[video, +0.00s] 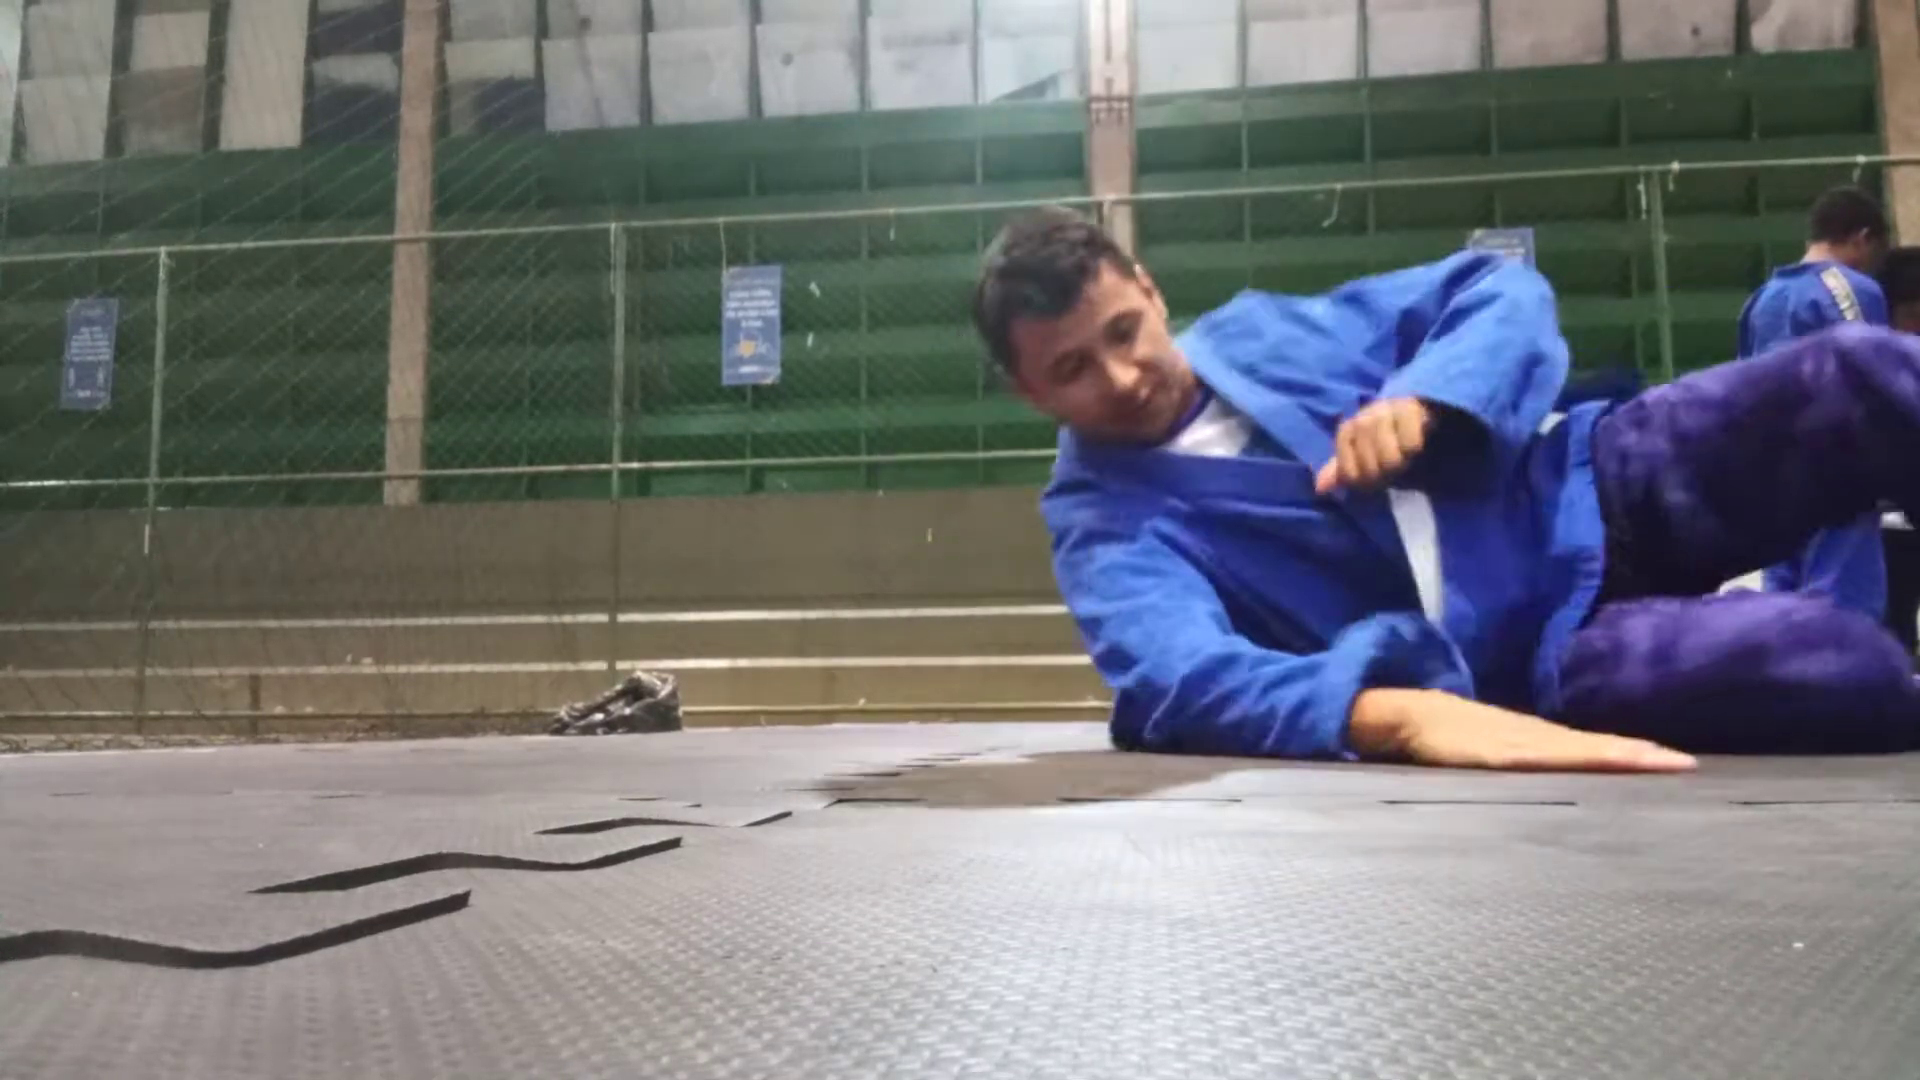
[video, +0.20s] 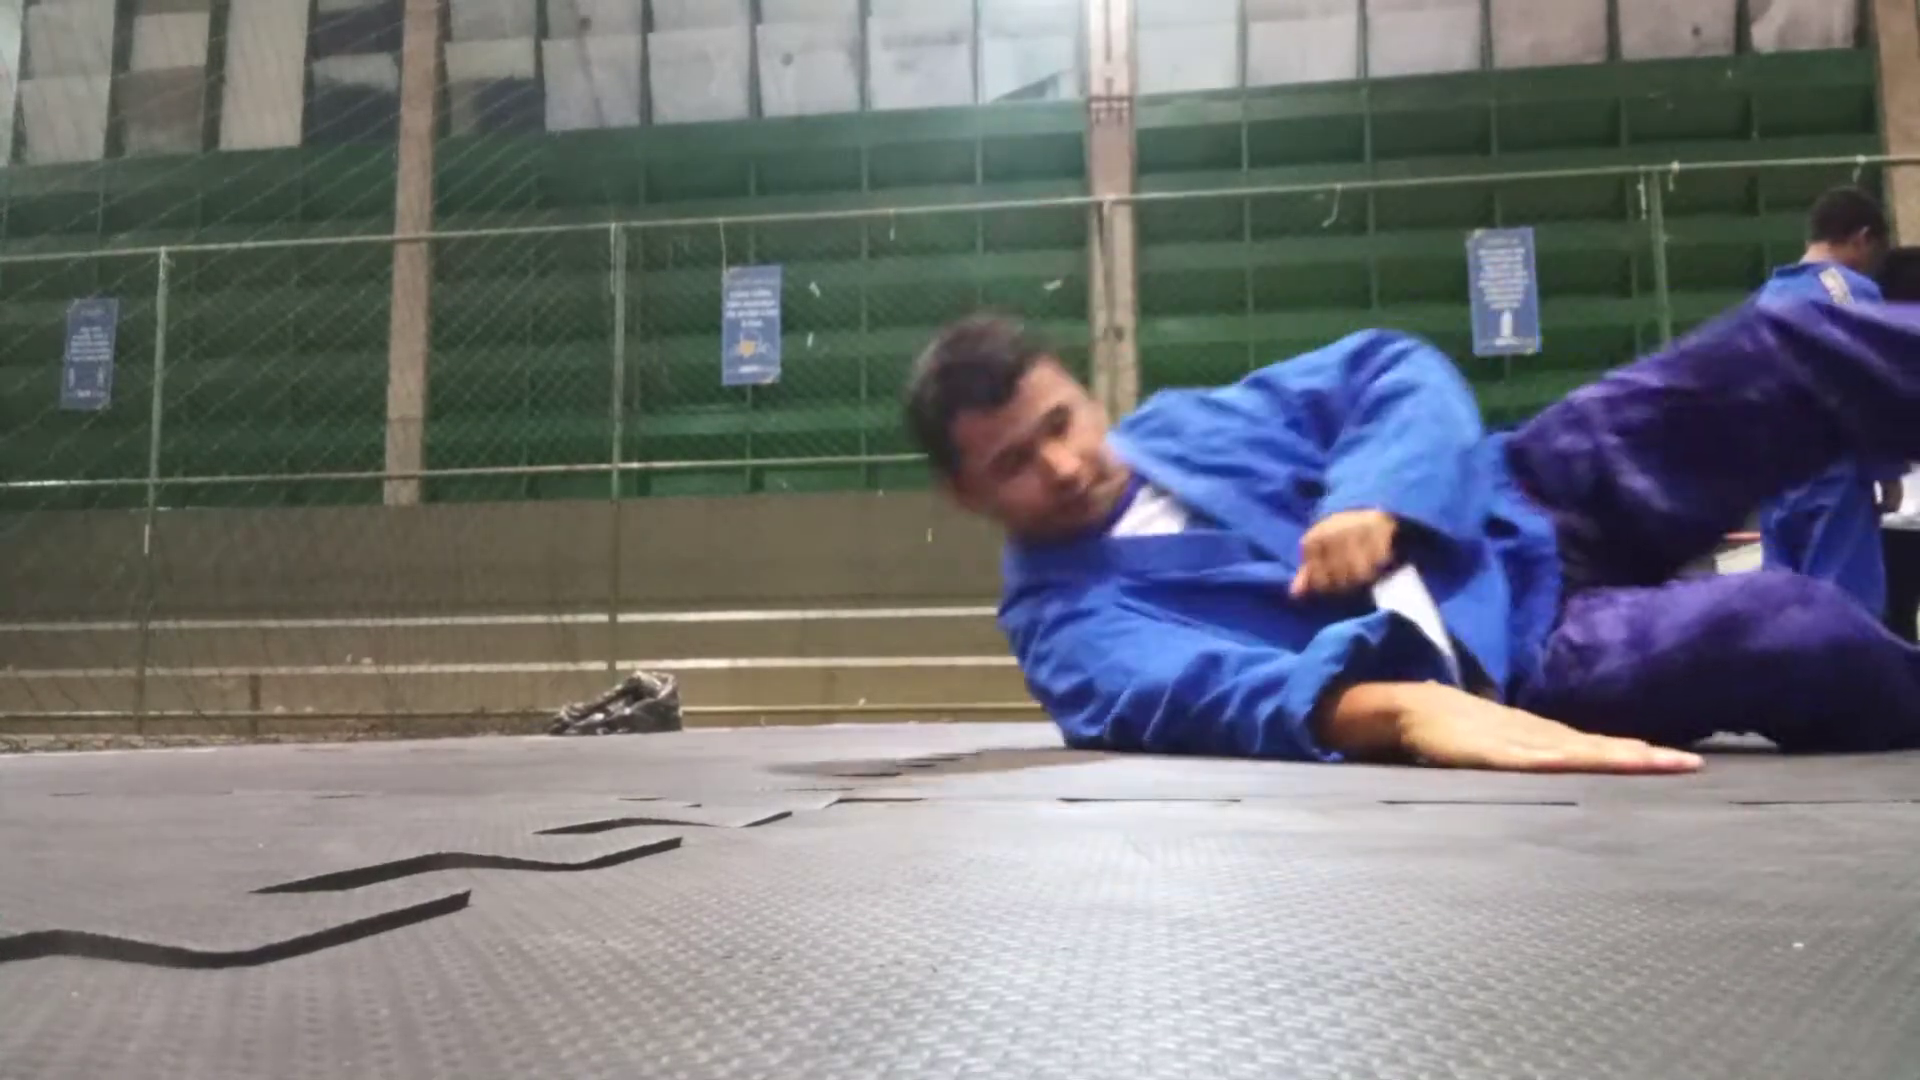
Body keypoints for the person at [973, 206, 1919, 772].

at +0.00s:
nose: (1124, 375)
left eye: (1125, 331)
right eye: (1076, 371)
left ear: (1150, 294)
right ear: (1031, 395)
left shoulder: (1258, 332)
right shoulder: (1106, 527)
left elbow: (1504, 290)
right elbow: (1190, 683)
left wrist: (1426, 396)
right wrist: (1407, 713)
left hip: (1586, 469)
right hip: (1538, 649)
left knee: (1850, 374)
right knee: (1800, 653)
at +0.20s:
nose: (1062, 462)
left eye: (1060, 420)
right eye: (1017, 462)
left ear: (1080, 392)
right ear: (968, 495)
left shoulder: (1180, 423)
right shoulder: (1073, 636)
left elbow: (1395, 369)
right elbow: (1227, 693)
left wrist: (1372, 496)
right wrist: (1411, 714)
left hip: (1524, 490)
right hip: (1519, 650)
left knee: (1795, 335)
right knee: (1795, 628)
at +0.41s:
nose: (1018, 471)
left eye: (1009, 435)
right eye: (973, 480)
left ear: (1030, 410)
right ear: (929, 524)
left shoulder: (1134, 445)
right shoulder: (1066, 643)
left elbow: (1334, 386)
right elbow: (1246, 694)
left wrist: (1327, 492)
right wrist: (1439, 717)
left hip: (1476, 480)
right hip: (1482, 640)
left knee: (1689, 280)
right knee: (1751, 583)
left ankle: (1913, 267)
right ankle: (1901, 694)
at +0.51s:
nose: (1012, 482)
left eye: (1004, 447)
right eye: (968, 492)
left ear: (1024, 426)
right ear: (928, 541)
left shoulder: (1127, 458)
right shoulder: (1068, 652)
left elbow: (1326, 391)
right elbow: (1267, 701)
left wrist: (1322, 496)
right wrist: (1432, 714)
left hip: (1469, 484)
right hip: (1487, 643)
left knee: (1660, 267)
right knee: (1762, 559)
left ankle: (1909, 230)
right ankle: (1903, 689)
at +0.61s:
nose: (1010, 489)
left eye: (1000, 453)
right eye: (965, 501)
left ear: (1021, 431)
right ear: (927, 551)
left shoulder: (1123, 463)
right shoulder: (1073, 653)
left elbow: (1325, 398)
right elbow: (1307, 701)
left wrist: (1324, 499)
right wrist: (1538, 741)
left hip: (1472, 486)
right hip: (1497, 644)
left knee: (1645, 257)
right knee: (1769, 544)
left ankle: (1910, 206)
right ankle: (1902, 684)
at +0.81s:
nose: (1007, 493)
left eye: (997, 459)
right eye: (963, 505)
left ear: (1018, 439)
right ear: (926, 560)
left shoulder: (1117, 472)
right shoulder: (1074, 654)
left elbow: (1314, 406)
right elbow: (1302, 697)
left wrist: (1318, 498)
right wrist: (1493, 730)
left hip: (1470, 485)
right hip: (1501, 642)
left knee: (1634, 258)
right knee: (1769, 534)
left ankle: (1907, 208)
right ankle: (1902, 683)